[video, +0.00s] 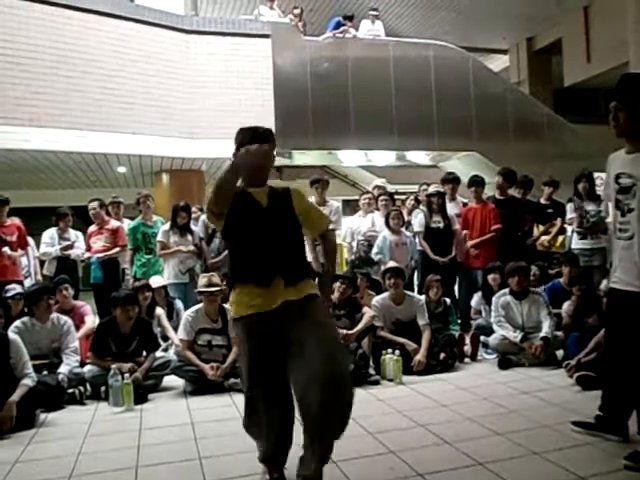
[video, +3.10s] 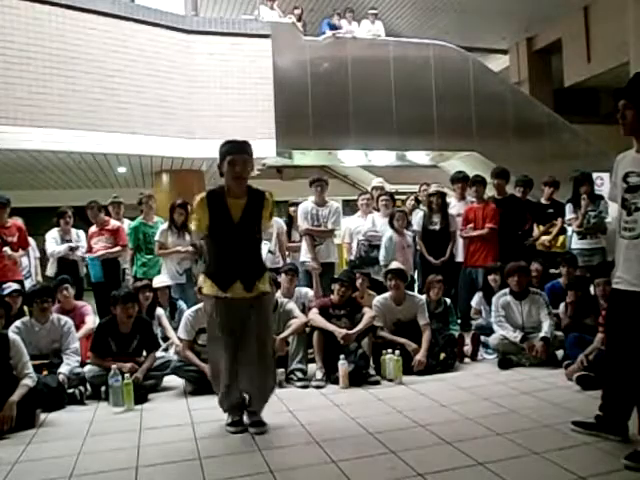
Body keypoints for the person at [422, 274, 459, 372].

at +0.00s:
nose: (435, 291)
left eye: (438, 288)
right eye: (432, 288)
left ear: (442, 290)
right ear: (427, 290)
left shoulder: (446, 303)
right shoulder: (421, 302)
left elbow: (453, 321)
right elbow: (420, 321)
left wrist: (454, 333)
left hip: (444, 331)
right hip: (429, 331)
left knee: (449, 338)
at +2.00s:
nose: (435, 292)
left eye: (437, 288)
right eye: (432, 289)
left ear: (441, 289)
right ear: (427, 291)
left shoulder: (447, 303)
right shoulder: (421, 303)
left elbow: (453, 322)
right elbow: (421, 322)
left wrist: (452, 334)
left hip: (444, 332)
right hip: (429, 333)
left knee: (449, 339)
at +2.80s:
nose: (435, 291)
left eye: (438, 288)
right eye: (432, 288)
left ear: (442, 290)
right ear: (427, 290)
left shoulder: (447, 303)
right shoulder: (421, 302)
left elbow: (453, 322)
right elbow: (420, 322)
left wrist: (452, 334)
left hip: (444, 332)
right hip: (428, 332)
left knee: (449, 338)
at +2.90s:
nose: (435, 291)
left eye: (438, 288)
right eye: (432, 288)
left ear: (442, 290)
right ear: (427, 290)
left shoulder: (447, 303)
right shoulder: (422, 303)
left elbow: (453, 322)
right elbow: (421, 321)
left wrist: (452, 334)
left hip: (444, 332)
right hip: (428, 332)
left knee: (450, 339)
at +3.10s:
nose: (436, 291)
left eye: (439, 288)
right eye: (433, 288)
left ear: (443, 290)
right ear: (428, 289)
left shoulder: (447, 303)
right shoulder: (422, 302)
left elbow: (453, 322)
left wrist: (452, 335)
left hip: (444, 332)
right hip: (428, 333)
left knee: (450, 339)